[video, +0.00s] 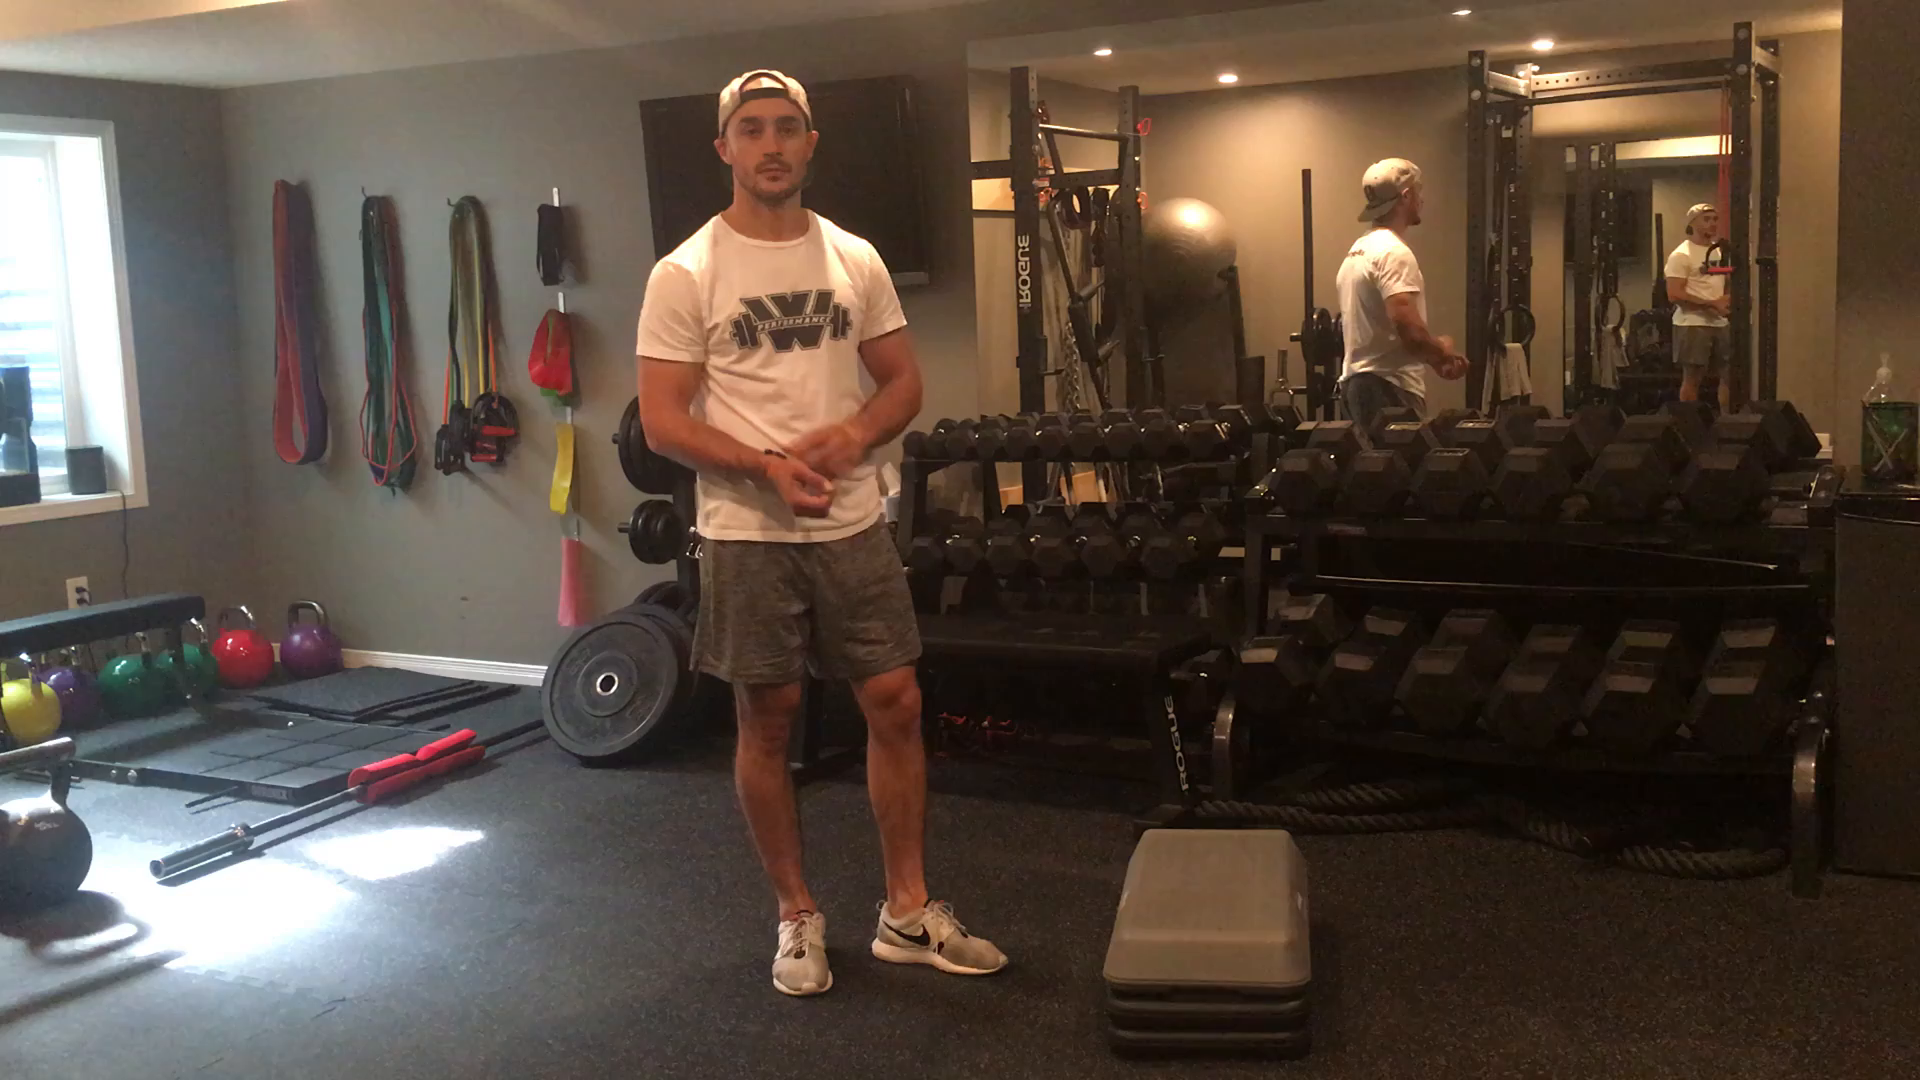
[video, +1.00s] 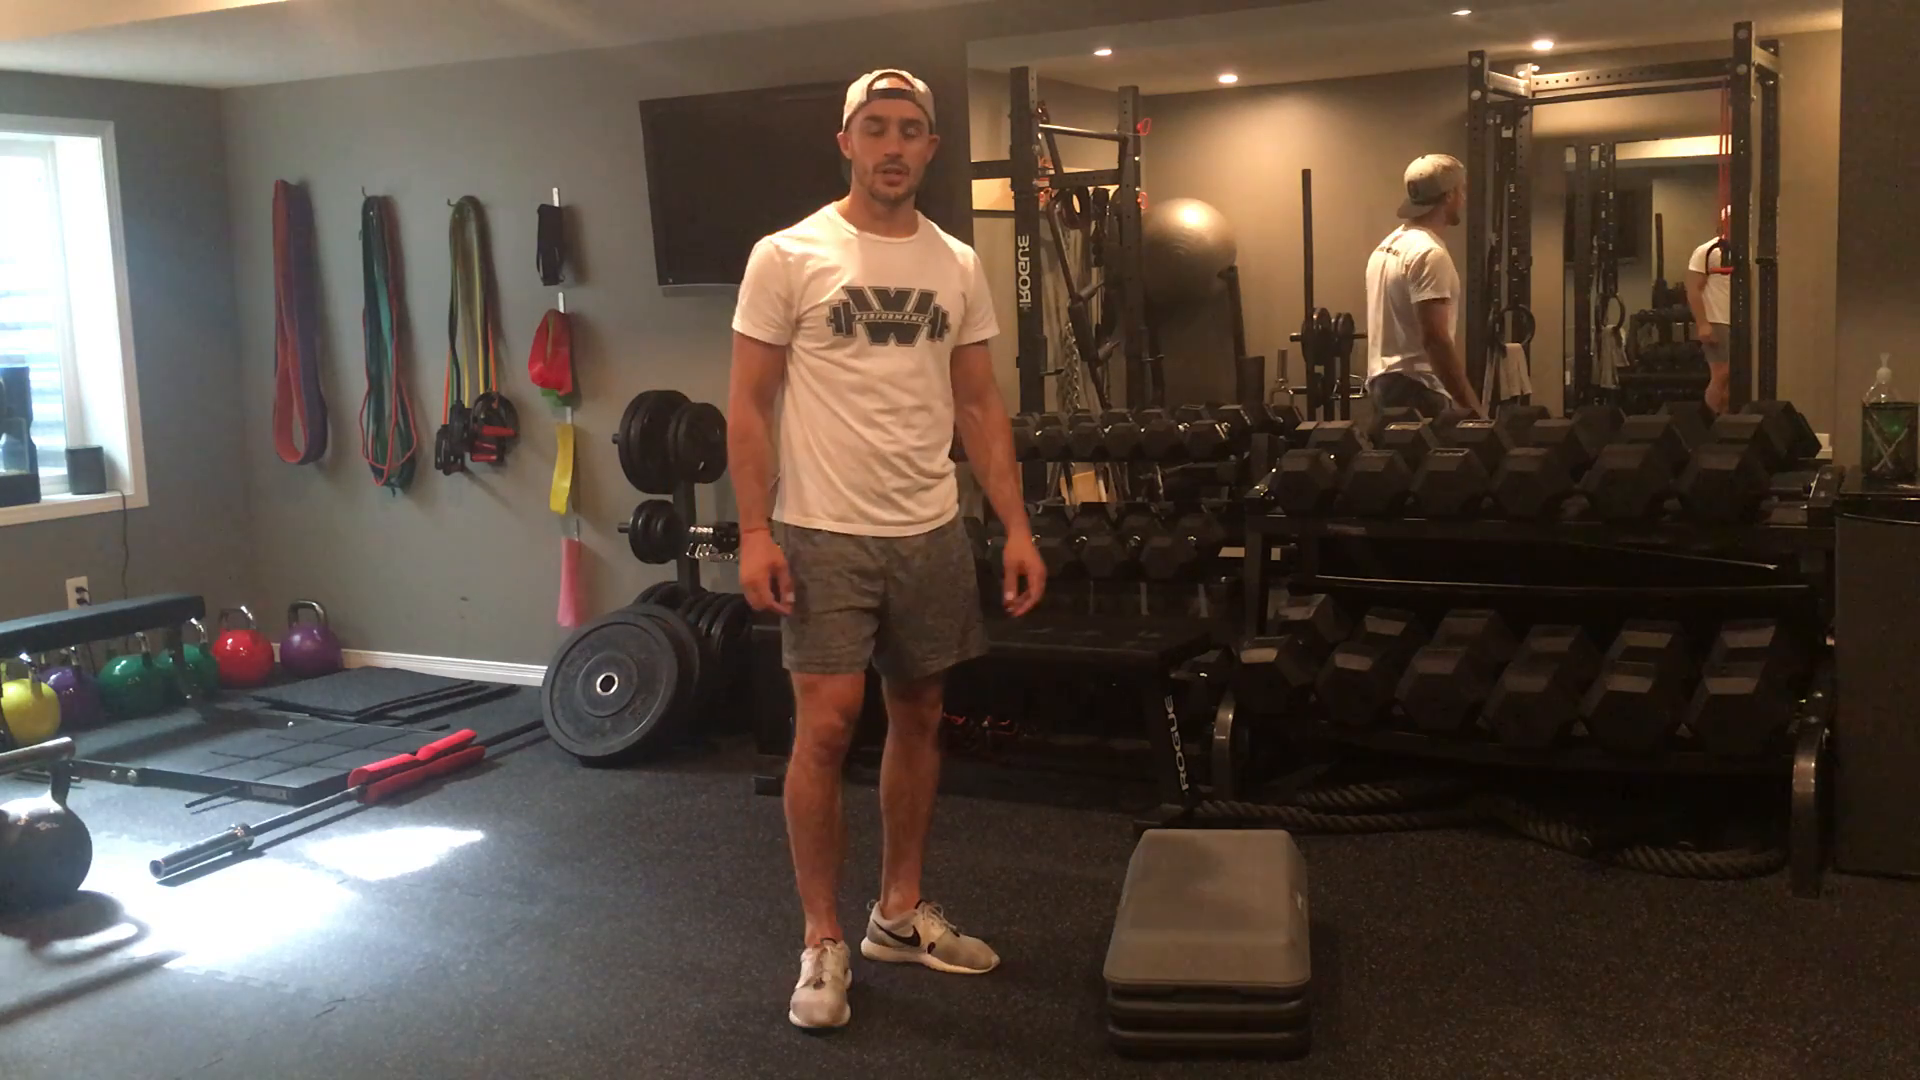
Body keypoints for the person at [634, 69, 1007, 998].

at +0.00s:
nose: (772, 145)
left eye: (787, 129)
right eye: (753, 131)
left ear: (811, 144)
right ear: (725, 148)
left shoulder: (854, 259)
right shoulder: (686, 274)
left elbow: (905, 385)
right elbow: (663, 422)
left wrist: (848, 437)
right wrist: (764, 463)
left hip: (855, 525)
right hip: (748, 534)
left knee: (896, 703)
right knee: (767, 716)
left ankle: (908, 909)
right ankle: (797, 916)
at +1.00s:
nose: (893, 146)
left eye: (910, 131)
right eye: (876, 130)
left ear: (931, 146)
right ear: (845, 141)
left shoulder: (957, 265)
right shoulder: (789, 257)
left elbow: (980, 407)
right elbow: (747, 401)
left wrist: (1017, 526)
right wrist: (754, 531)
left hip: (932, 534)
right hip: (823, 534)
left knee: (920, 717)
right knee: (827, 727)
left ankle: (901, 909)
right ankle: (822, 943)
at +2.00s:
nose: (930, 173)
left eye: (939, 156)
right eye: (913, 156)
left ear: (944, 154)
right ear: (861, 154)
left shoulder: (951, 271)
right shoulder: (790, 259)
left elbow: (971, 411)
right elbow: (758, 406)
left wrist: (1014, 526)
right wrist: (758, 539)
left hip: (936, 536)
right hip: (832, 537)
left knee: (919, 716)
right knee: (836, 723)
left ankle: (901, 909)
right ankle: (822, 942)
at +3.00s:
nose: (887, 144)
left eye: (902, 127)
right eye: (868, 129)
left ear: (929, 139)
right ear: (842, 145)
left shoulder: (974, 260)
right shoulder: (801, 265)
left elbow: (1000, 400)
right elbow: (774, 416)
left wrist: (1037, 523)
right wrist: (764, 549)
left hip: (948, 534)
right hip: (840, 536)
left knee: (923, 722)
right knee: (837, 729)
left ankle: (900, 909)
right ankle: (821, 941)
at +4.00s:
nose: (880, 152)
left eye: (894, 134)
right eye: (860, 136)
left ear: (916, 144)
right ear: (829, 148)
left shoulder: (941, 266)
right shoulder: (779, 263)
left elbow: (966, 406)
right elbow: (748, 416)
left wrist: (1006, 529)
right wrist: (744, 551)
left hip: (930, 533)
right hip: (829, 538)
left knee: (914, 721)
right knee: (836, 733)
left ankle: (899, 911)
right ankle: (787, 938)